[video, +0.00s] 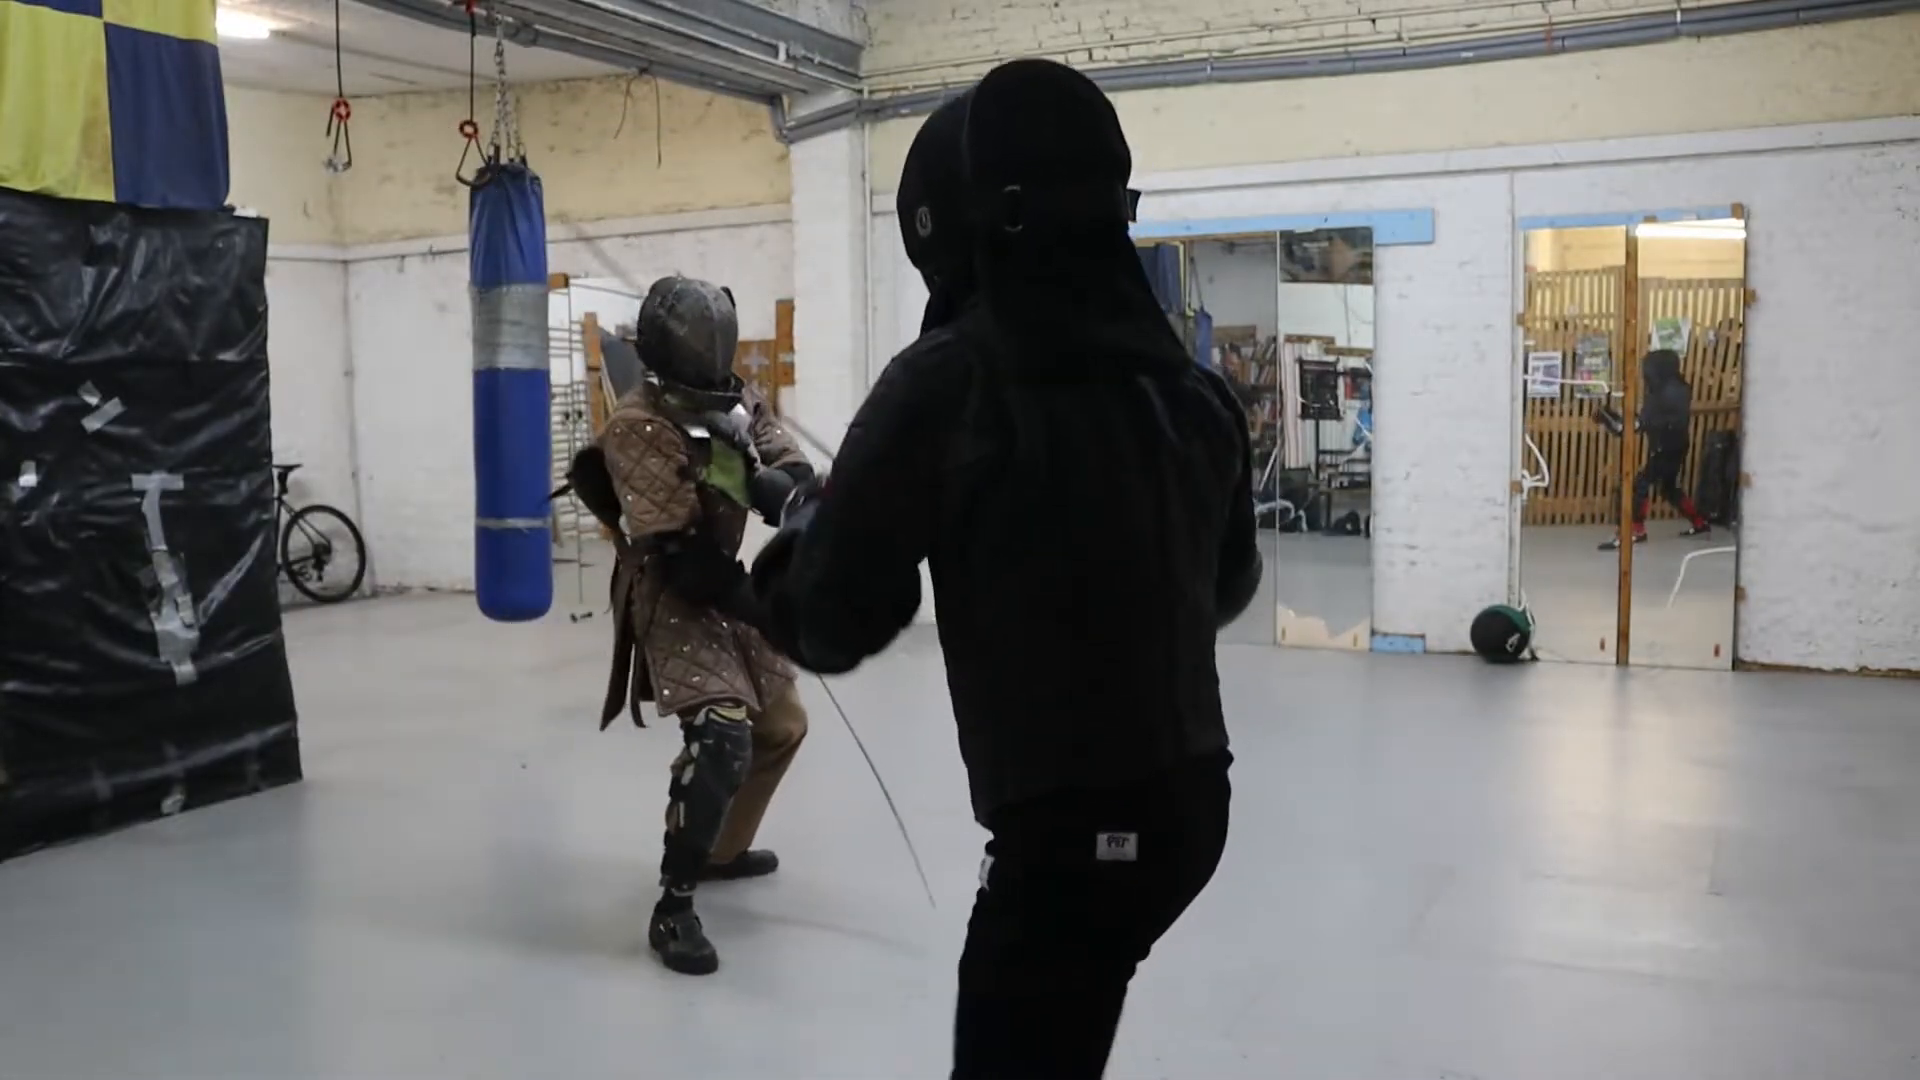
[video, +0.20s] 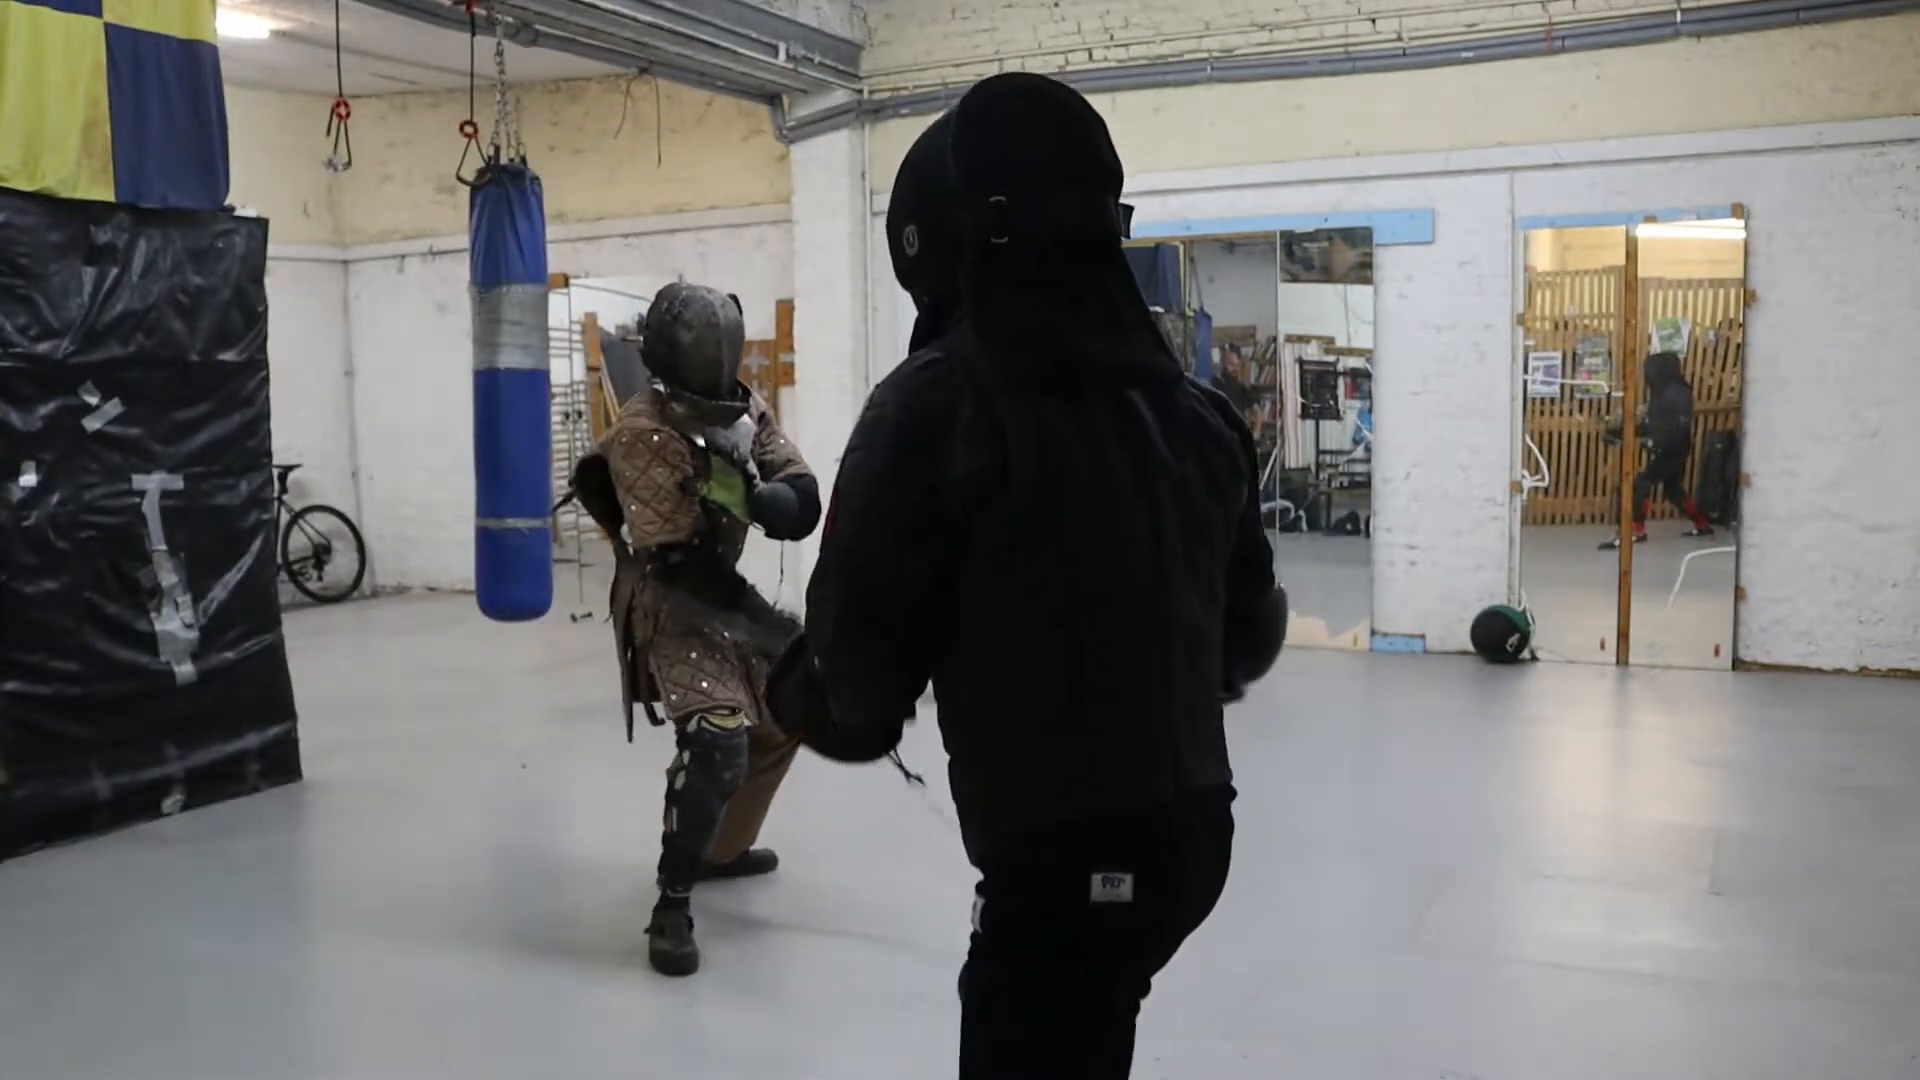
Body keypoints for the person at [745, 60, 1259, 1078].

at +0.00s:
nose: (919, 256)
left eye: (924, 227)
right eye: (917, 229)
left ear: (957, 224)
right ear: (1107, 213)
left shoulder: (941, 386)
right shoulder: (1193, 390)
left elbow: (829, 624)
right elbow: (1226, 585)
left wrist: (795, 533)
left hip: (1057, 824)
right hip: (1189, 803)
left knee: (1005, 1061)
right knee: (1059, 1048)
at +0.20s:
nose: (905, 267)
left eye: (912, 237)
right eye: (902, 238)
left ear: (957, 236)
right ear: (1091, 230)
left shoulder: (928, 406)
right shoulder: (1190, 408)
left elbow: (857, 712)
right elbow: (1248, 640)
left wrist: (789, 679)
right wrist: (1120, 658)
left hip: (1051, 847)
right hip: (1190, 828)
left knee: (1020, 1059)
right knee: (1078, 1044)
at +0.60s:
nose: (898, 282)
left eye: (907, 253)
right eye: (896, 253)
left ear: (950, 255)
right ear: (1090, 251)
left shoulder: (917, 423)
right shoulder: (1157, 425)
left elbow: (743, 591)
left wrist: (758, 450)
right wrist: (862, 443)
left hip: (1032, 897)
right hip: (1161, 875)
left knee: (946, 1063)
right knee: (1013, 1055)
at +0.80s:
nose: (890, 261)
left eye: (899, 232)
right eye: (890, 233)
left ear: (934, 234)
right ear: (1113, 218)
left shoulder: (898, 412)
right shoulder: (1198, 377)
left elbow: (735, 565)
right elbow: (1230, 336)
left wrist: (711, 454)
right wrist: (1123, 261)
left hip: (1011, 938)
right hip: (1188, 915)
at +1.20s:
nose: (900, 264)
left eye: (908, 233)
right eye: (901, 234)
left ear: (941, 235)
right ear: (1121, 221)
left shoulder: (914, 422)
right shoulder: (1207, 399)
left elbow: (730, 624)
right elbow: (1284, 435)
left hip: (1043, 924)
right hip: (1217, 900)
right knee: (1091, 1056)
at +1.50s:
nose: (921, 232)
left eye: (928, 202)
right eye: (919, 204)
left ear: (966, 203)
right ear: (1142, 188)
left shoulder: (936, 383)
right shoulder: (1211, 379)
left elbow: (790, 576)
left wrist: (793, 475)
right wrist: (974, 621)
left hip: (1090, 901)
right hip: (1243, 869)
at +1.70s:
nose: (920, 237)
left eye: (930, 206)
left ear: (969, 218)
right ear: (1190, 204)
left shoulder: (947, 458)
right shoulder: (1281, 436)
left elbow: (863, 771)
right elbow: (1317, 668)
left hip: (1066, 938)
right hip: (1267, 932)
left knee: (1079, 1053)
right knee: (1252, 1053)